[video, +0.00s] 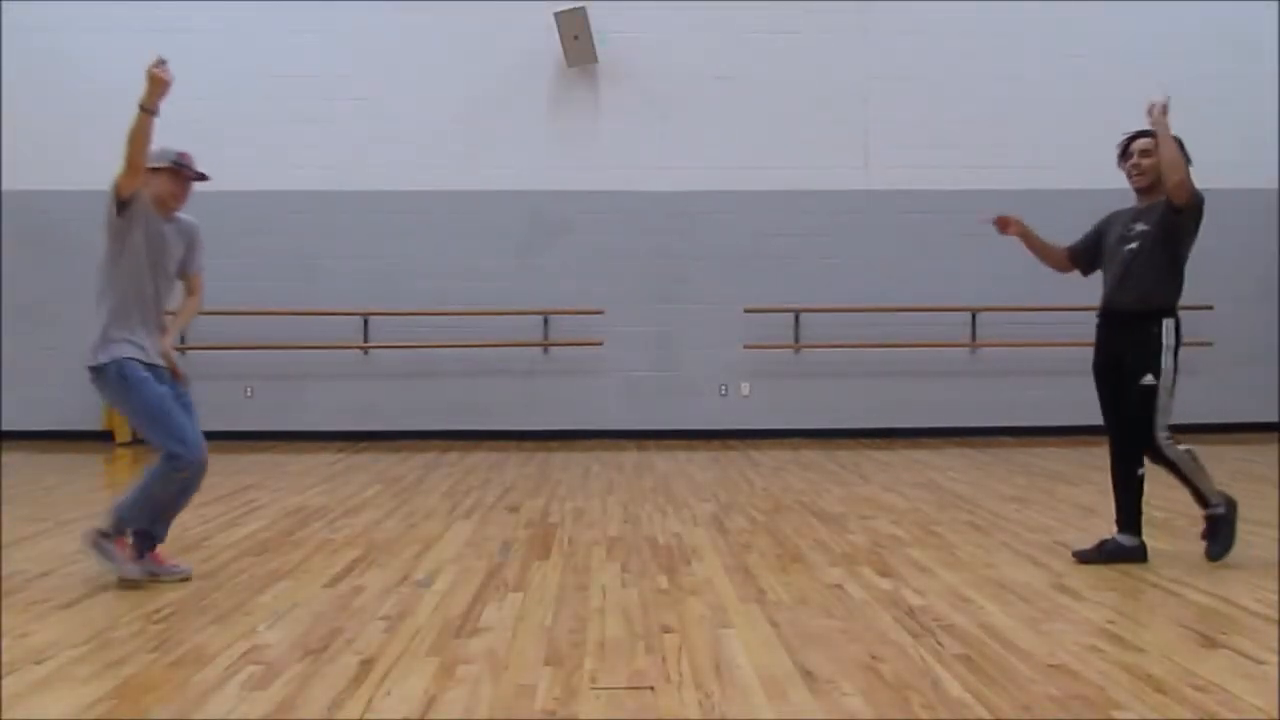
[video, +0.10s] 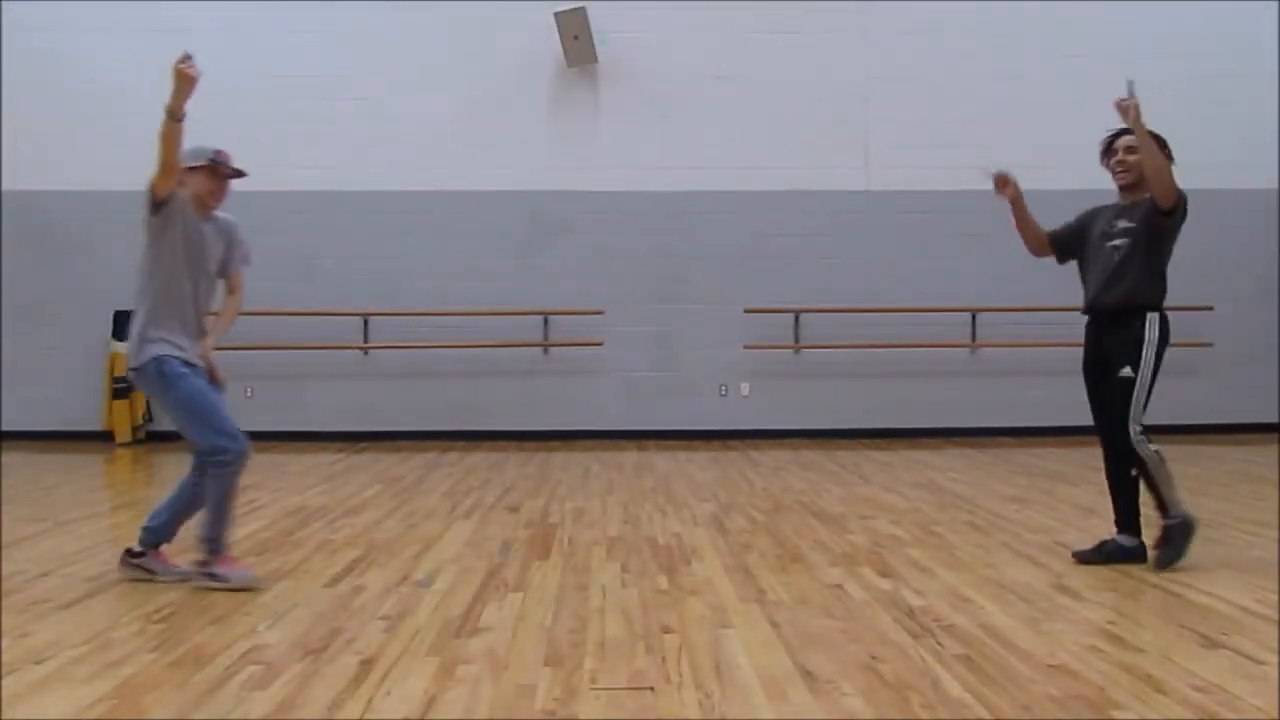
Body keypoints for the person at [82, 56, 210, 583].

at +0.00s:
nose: (182, 189)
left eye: (187, 182)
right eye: (176, 178)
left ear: (188, 188)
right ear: (151, 178)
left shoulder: (186, 232)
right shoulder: (129, 215)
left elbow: (195, 294)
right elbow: (134, 165)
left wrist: (171, 335)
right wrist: (150, 103)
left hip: (157, 355)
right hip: (117, 353)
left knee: (193, 459)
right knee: (185, 453)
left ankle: (144, 546)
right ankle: (113, 531)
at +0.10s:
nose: (221, 186)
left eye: (226, 180)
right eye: (214, 176)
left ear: (226, 186)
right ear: (191, 176)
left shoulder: (225, 233)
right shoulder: (168, 212)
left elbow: (233, 298)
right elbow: (167, 165)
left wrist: (208, 343)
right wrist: (178, 102)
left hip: (193, 354)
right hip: (156, 350)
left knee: (213, 461)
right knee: (230, 448)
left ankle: (145, 548)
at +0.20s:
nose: (258, 188)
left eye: (263, 180)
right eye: (251, 178)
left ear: (265, 185)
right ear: (226, 178)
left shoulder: (264, 233)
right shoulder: (204, 215)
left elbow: (273, 297)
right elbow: (203, 164)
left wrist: (249, 340)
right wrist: (212, 100)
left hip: (237, 357)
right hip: (199, 356)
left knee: (268, 461)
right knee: (271, 455)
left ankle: (180, 527)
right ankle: (249, 560)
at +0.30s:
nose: (300, 188)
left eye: (303, 181)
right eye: (291, 178)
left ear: (303, 187)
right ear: (263, 180)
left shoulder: (302, 235)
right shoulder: (245, 217)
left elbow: (309, 297)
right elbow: (241, 164)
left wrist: (287, 342)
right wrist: (250, 106)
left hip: (278, 361)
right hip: (238, 360)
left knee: (327, 457)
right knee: (301, 463)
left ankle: (260, 539)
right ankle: (252, 556)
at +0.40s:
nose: (340, 185)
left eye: (343, 178)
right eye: (332, 175)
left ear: (342, 183)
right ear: (306, 175)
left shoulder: (339, 230)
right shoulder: (285, 213)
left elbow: (346, 293)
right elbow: (286, 158)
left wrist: (324, 338)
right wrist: (298, 95)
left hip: (317, 359)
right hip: (276, 360)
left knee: (367, 450)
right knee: (325, 466)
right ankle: (258, 551)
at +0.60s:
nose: (414, 187)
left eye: (418, 180)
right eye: (405, 178)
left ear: (421, 188)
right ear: (380, 181)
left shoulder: (419, 232)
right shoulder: (353, 215)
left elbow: (436, 296)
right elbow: (320, 183)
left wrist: (414, 339)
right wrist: (361, 139)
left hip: (392, 366)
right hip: (347, 360)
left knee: (430, 468)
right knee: (402, 463)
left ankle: (378, 549)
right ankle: (354, 548)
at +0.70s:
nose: (455, 177)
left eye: (459, 169)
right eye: (447, 167)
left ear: (459, 173)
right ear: (419, 164)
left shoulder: (458, 212)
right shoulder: (384, 205)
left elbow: (480, 272)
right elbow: (327, 197)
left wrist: (457, 298)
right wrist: (393, 190)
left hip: (427, 357)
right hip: (381, 350)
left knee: (439, 466)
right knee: (427, 459)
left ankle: (375, 547)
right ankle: (427, 562)